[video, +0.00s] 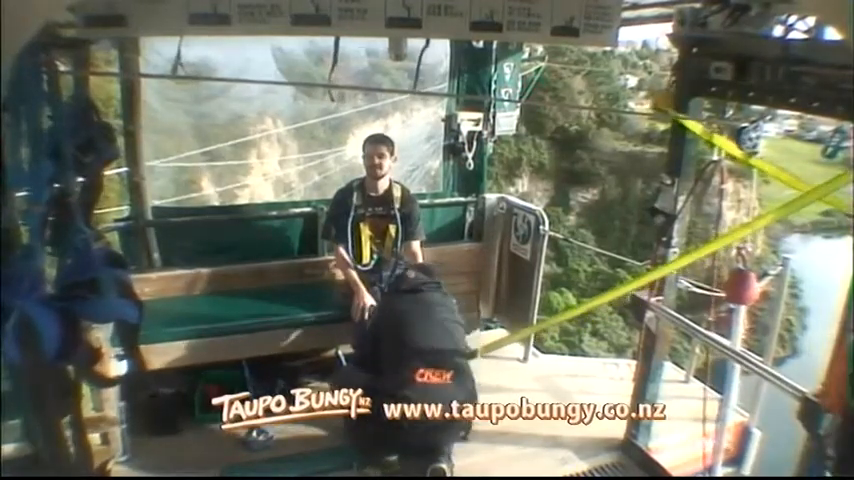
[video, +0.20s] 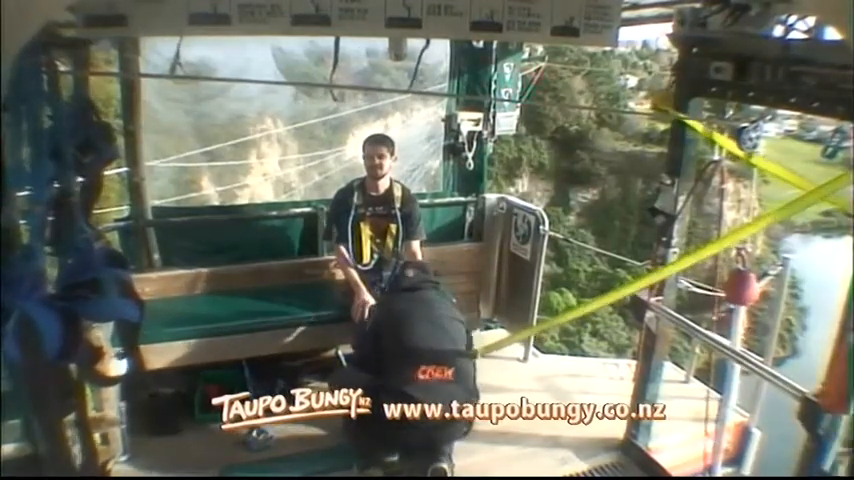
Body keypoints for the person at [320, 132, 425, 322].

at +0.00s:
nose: (374, 162)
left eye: (381, 156)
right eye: (369, 157)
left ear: (393, 159)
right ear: (363, 159)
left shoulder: (404, 198)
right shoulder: (346, 197)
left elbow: (413, 248)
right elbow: (339, 250)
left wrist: (420, 287)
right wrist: (359, 290)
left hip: (397, 280)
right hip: (361, 281)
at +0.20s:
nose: (375, 163)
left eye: (381, 157)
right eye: (369, 157)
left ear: (393, 159)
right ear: (363, 159)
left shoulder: (405, 198)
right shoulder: (346, 197)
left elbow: (414, 250)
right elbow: (341, 251)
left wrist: (421, 290)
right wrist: (360, 291)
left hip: (398, 280)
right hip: (361, 282)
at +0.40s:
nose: (375, 163)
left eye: (381, 158)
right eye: (369, 158)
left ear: (393, 160)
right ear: (362, 160)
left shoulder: (405, 198)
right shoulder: (345, 198)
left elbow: (414, 249)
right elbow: (341, 251)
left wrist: (421, 288)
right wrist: (360, 291)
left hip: (397, 278)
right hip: (362, 280)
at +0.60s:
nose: (375, 164)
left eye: (381, 158)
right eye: (369, 159)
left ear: (393, 160)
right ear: (363, 160)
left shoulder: (405, 199)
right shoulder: (345, 198)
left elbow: (414, 249)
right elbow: (341, 251)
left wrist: (421, 288)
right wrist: (360, 291)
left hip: (398, 278)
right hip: (362, 279)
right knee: (369, 316)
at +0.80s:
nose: (376, 165)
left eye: (382, 159)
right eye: (370, 159)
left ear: (394, 161)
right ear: (363, 160)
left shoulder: (405, 198)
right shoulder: (345, 198)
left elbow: (414, 248)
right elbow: (341, 253)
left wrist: (421, 288)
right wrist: (360, 291)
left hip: (398, 277)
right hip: (362, 278)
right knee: (369, 316)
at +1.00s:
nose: (376, 164)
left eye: (382, 158)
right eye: (370, 159)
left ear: (394, 161)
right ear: (364, 160)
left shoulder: (405, 198)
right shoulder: (345, 199)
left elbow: (414, 248)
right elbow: (341, 252)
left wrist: (423, 287)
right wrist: (360, 291)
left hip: (398, 278)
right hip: (362, 280)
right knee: (370, 316)